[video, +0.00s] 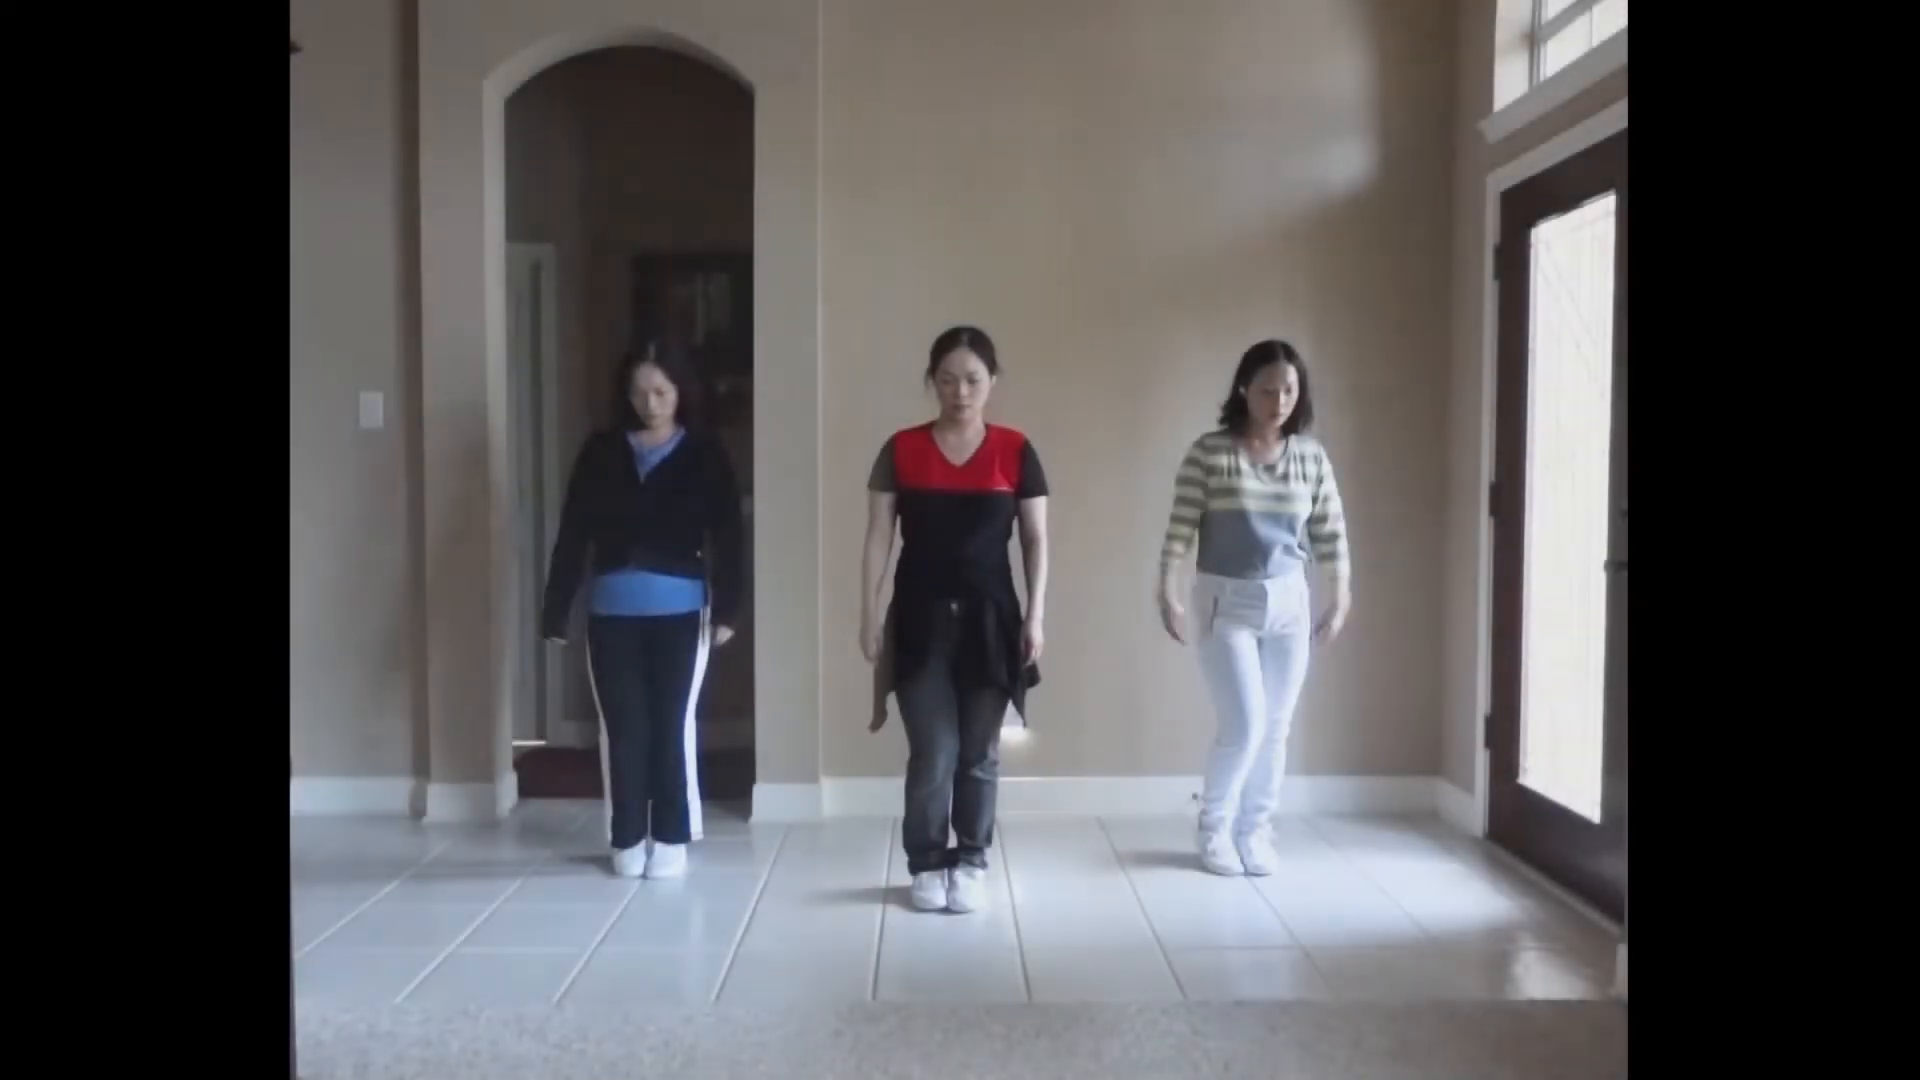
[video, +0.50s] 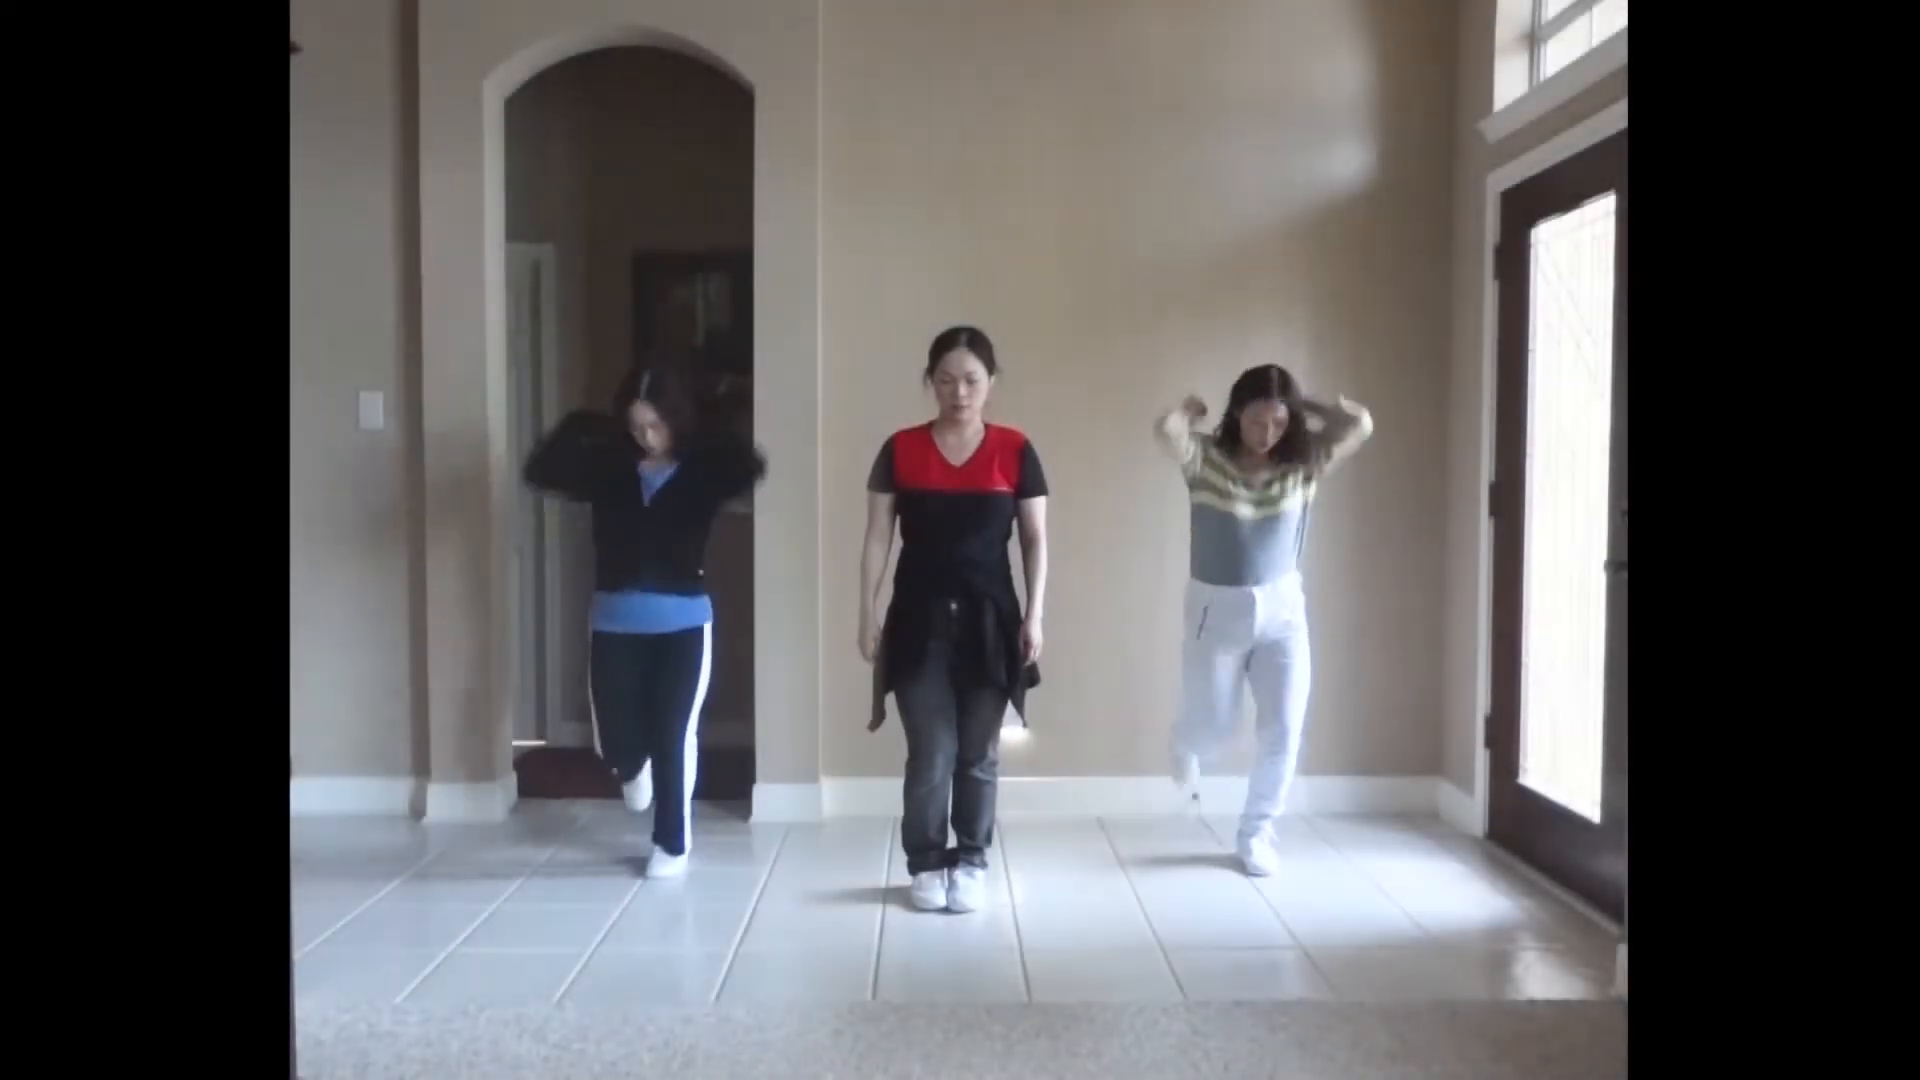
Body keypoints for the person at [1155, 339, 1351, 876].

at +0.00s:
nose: (1279, 399)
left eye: (1288, 389)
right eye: (1269, 388)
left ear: (1300, 395)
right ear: (1244, 390)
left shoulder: (1310, 457)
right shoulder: (1210, 452)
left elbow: (1330, 532)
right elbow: (1181, 526)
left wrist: (1341, 596)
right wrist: (1167, 592)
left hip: (1290, 607)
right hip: (1224, 606)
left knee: (1274, 728)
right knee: (1244, 725)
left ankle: (1256, 831)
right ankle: (1214, 830)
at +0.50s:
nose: (1266, 431)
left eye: (1277, 421)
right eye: (1256, 419)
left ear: (1289, 423)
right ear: (1236, 417)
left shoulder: (1303, 467)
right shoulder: (1205, 459)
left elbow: (1361, 424)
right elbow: (1166, 431)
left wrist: (1312, 408)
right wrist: (1185, 412)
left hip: (1282, 616)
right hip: (1215, 615)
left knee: (1283, 731)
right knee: (1215, 726)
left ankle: (1257, 836)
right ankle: (1184, 747)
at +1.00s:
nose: (1219, 387)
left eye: (1232, 380)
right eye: (1212, 378)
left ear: (1247, 396)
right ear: (1196, 389)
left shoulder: (1256, 450)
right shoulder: (1173, 449)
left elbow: (1280, 403)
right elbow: (1175, 408)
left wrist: (1266, 360)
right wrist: (1212, 352)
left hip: (1242, 594)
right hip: (1179, 596)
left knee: (1259, 714)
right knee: (1188, 717)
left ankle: (1276, 826)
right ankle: (1198, 812)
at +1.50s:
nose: (1202, 420)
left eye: (1212, 412)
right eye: (1192, 412)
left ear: (1226, 418)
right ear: (1175, 418)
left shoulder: (1242, 458)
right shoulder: (1153, 464)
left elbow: (1250, 464)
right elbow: (1166, 472)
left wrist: (1226, 450)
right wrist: (1203, 447)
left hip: (1229, 591)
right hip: (1170, 596)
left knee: (1251, 710)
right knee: (1178, 722)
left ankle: (1265, 826)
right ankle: (1200, 810)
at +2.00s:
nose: (1199, 432)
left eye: (1209, 424)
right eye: (1190, 423)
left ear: (1222, 431)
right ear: (1172, 428)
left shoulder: (1233, 482)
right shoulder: (1151, 482)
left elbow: (1243, 546)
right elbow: (1142, 539)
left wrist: (1232, 522)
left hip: (1226, 598)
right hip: (1168, 603)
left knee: (1251, 711)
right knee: (1175, 725)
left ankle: (1264, 823)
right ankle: (1199, 808)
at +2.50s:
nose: (1200, 433)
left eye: (1210, 424)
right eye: (1190, 423)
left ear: (1223, 431)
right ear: (1173, 429)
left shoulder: (1236, 483)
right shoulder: (1154, 484)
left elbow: (1240, 525)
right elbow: (1167, 523)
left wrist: (1230, 553)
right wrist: (1212, 549)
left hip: (1229, 602)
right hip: (1170, 606)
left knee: (1253, 712)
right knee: (1176, 727)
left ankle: (1264, 824)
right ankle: (1199, 809)